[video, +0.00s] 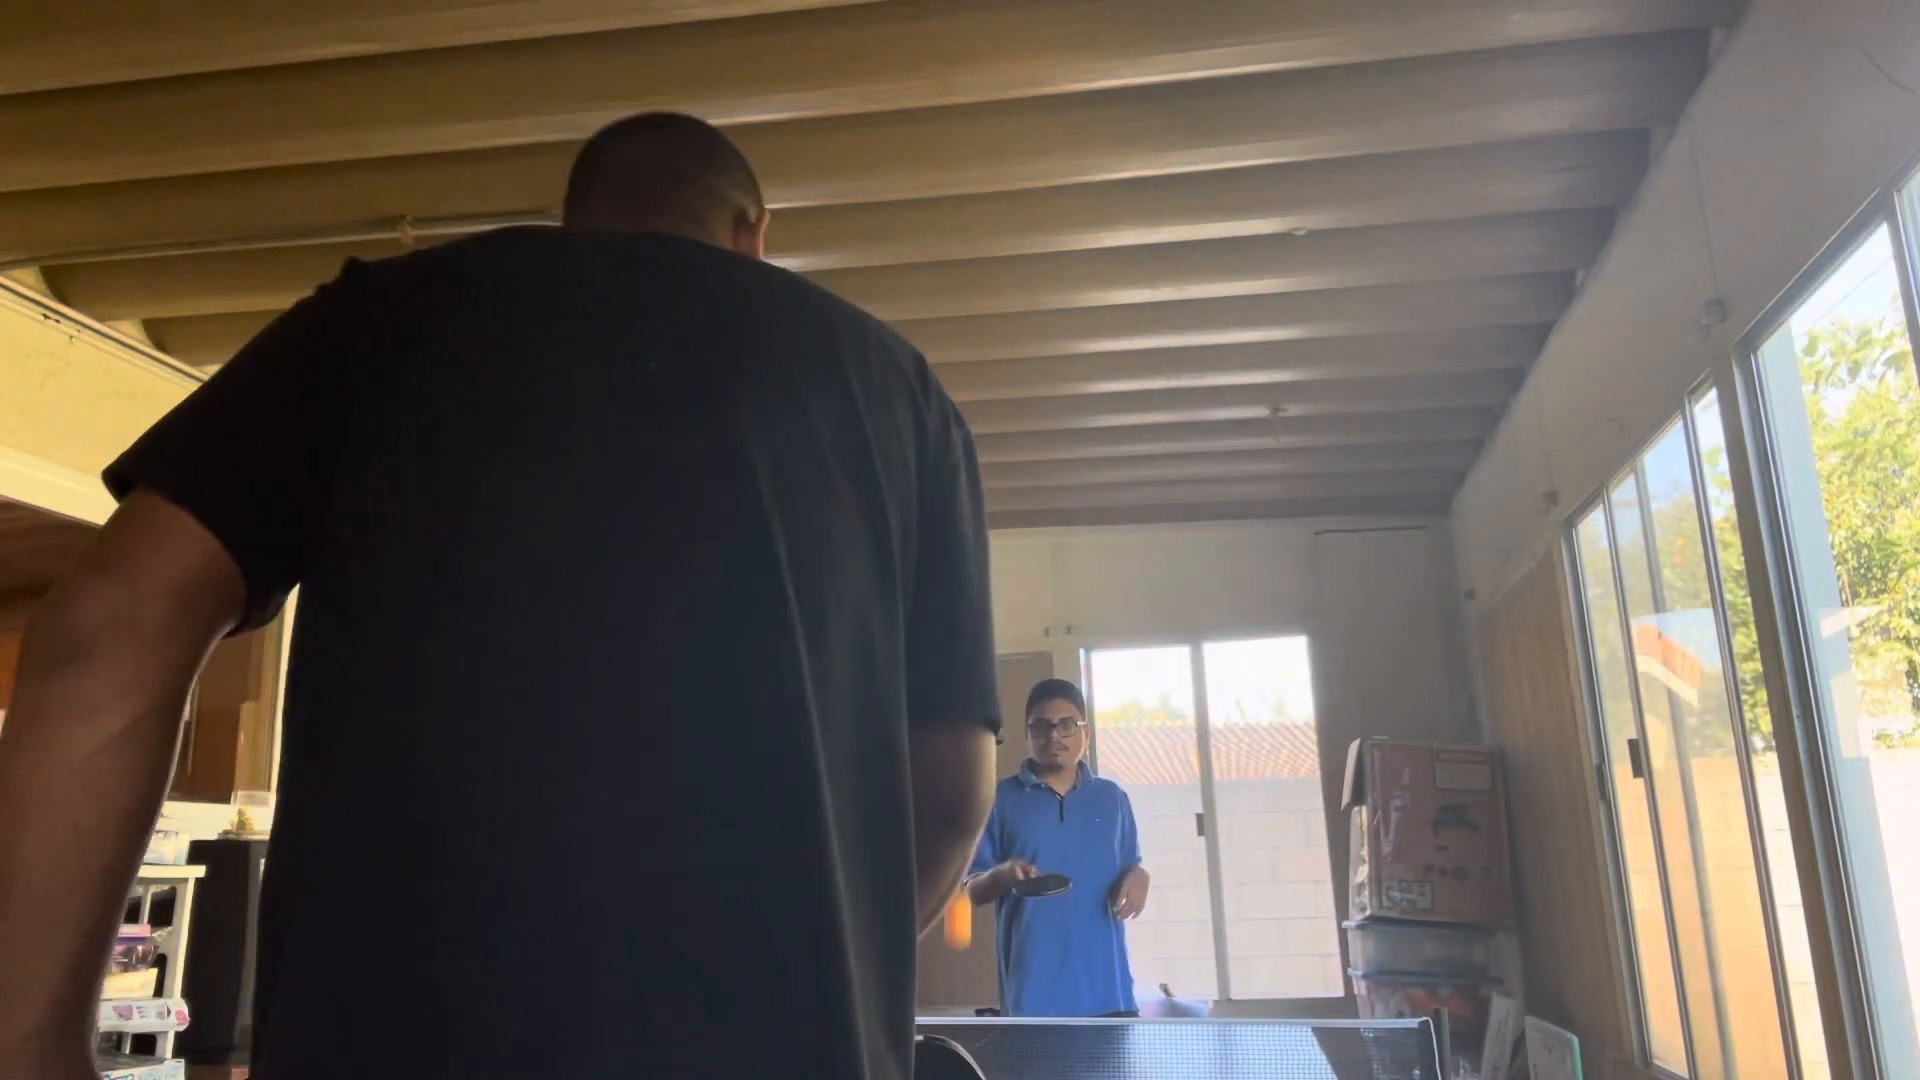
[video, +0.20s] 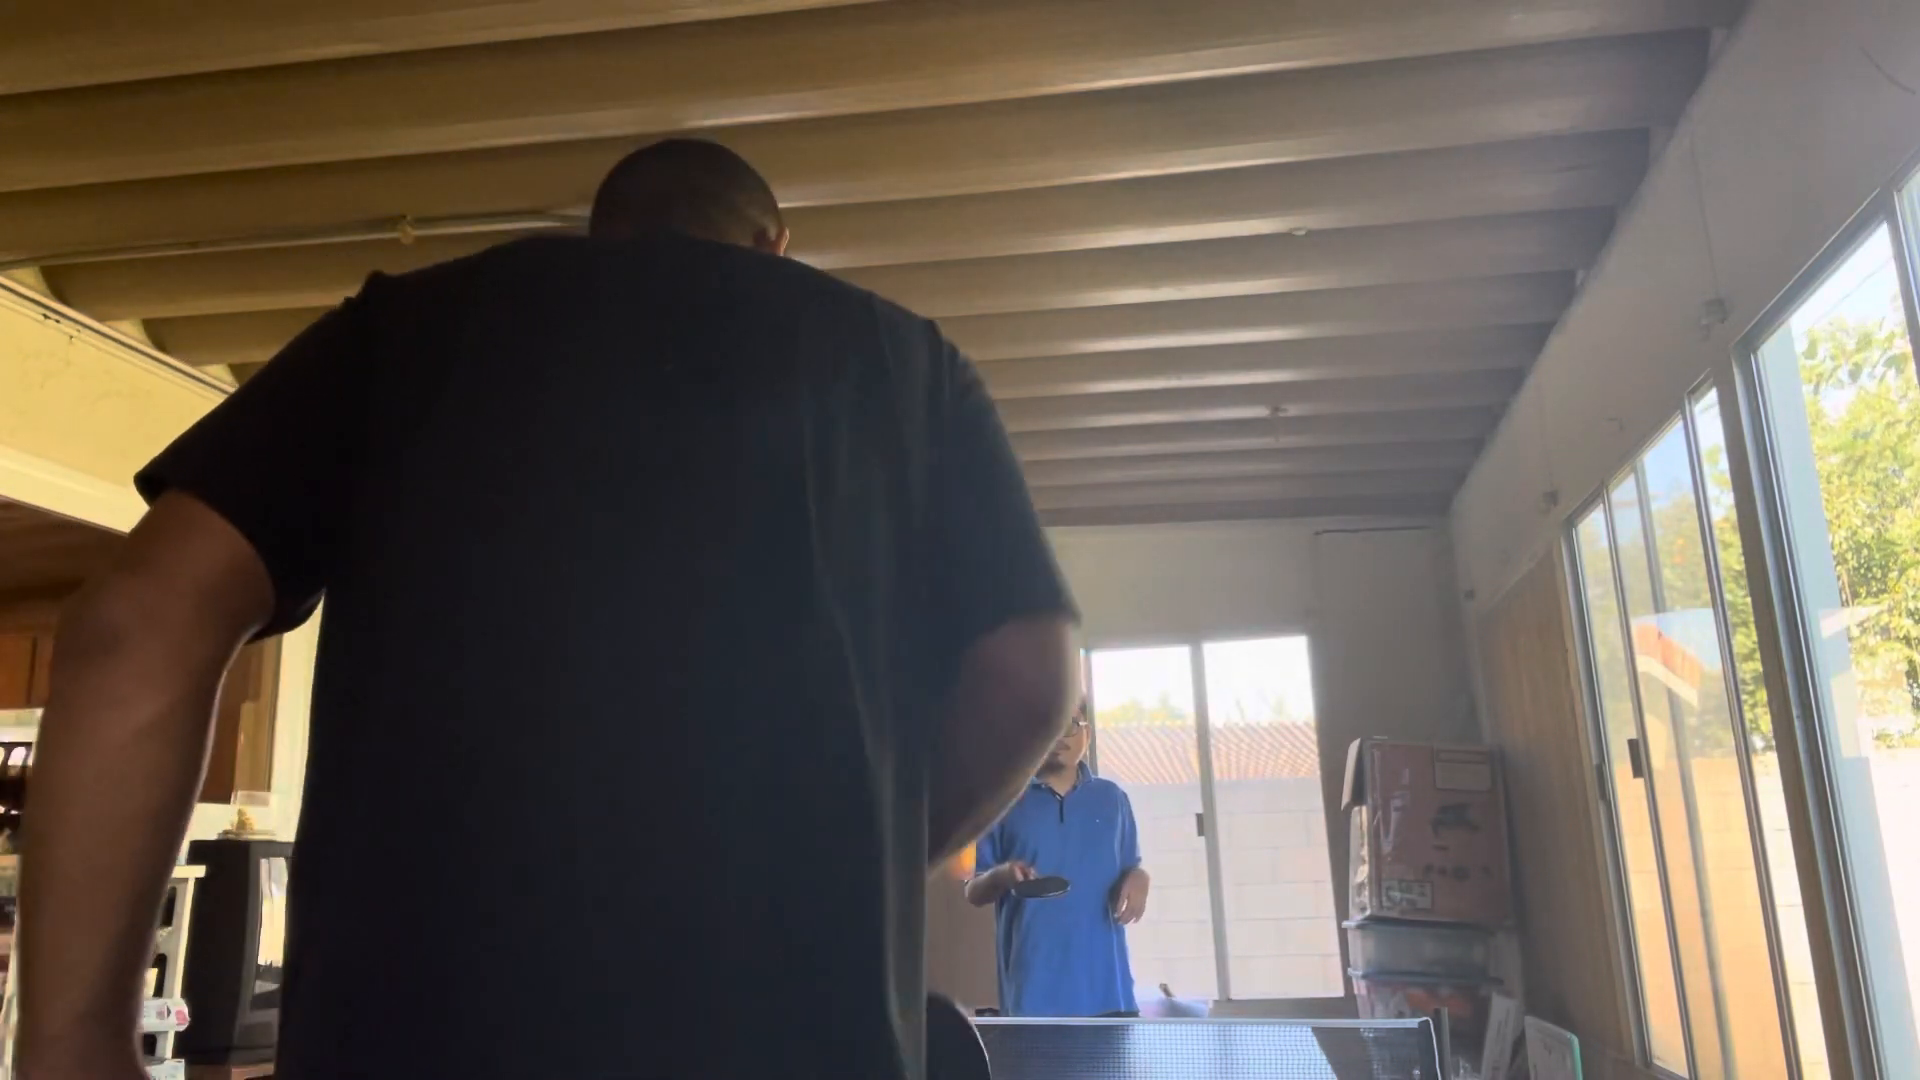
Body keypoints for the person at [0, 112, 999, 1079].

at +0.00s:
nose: (764, 257)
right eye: (766, 237)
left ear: (563, 217)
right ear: (751, 231)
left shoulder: (382, 310)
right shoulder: (893, 379)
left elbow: (107, 635)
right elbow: (949, 797)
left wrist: (38, 1043)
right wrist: (858, 968)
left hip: (388, 1034)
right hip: (785, 1043)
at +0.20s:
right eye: (785, 253)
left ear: (586, 231)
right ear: (771, 245)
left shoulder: (404, 324)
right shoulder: (899, 353)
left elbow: (142, 620)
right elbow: (1031, 681)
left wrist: (72, 1040)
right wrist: (870, 859)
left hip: (412, 1028)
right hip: (798, 1041)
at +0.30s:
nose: (786, 260)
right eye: (791, 246)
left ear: (592, 225)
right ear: (782, 246)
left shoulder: (409, 328)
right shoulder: (894, 333)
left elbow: (149, 642)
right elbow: (1072, 582)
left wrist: (104, 1048)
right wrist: (911, 789)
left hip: (429, 1025)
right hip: (824, 1030)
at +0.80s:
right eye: (818, 233)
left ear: (626, 224)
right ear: (815, 234)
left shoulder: (447, 333)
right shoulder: (934, 333)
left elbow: (182, 678)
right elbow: (1120, 655)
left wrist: (222, 1056)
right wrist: (984, 650)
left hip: (483, 1039)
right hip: (872, 1041)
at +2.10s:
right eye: (815, 219)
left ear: (613, 220)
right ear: (807, 217)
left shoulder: (453, 348)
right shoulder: (938, 347)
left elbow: (218, 684)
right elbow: (1072, 695)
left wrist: (207, 1057)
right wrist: (972, 760)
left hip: (485, 1035)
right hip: (842, 1040)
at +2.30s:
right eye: (801, 225)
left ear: (595, 227)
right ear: (789, 230)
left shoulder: (439, 348)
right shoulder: (929, 365)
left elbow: (208, 666)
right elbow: (1016, 733)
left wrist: (188, 1051)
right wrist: (854, 834)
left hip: (472, 1028)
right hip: (840, 1032)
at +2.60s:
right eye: (744, 250)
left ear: (543, 239)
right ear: (737, 249)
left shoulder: (395, 323)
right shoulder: (860, 376)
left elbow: (124, 638)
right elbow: (856, 723)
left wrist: (111, 1034)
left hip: (418, 1030)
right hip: (796, 1041)